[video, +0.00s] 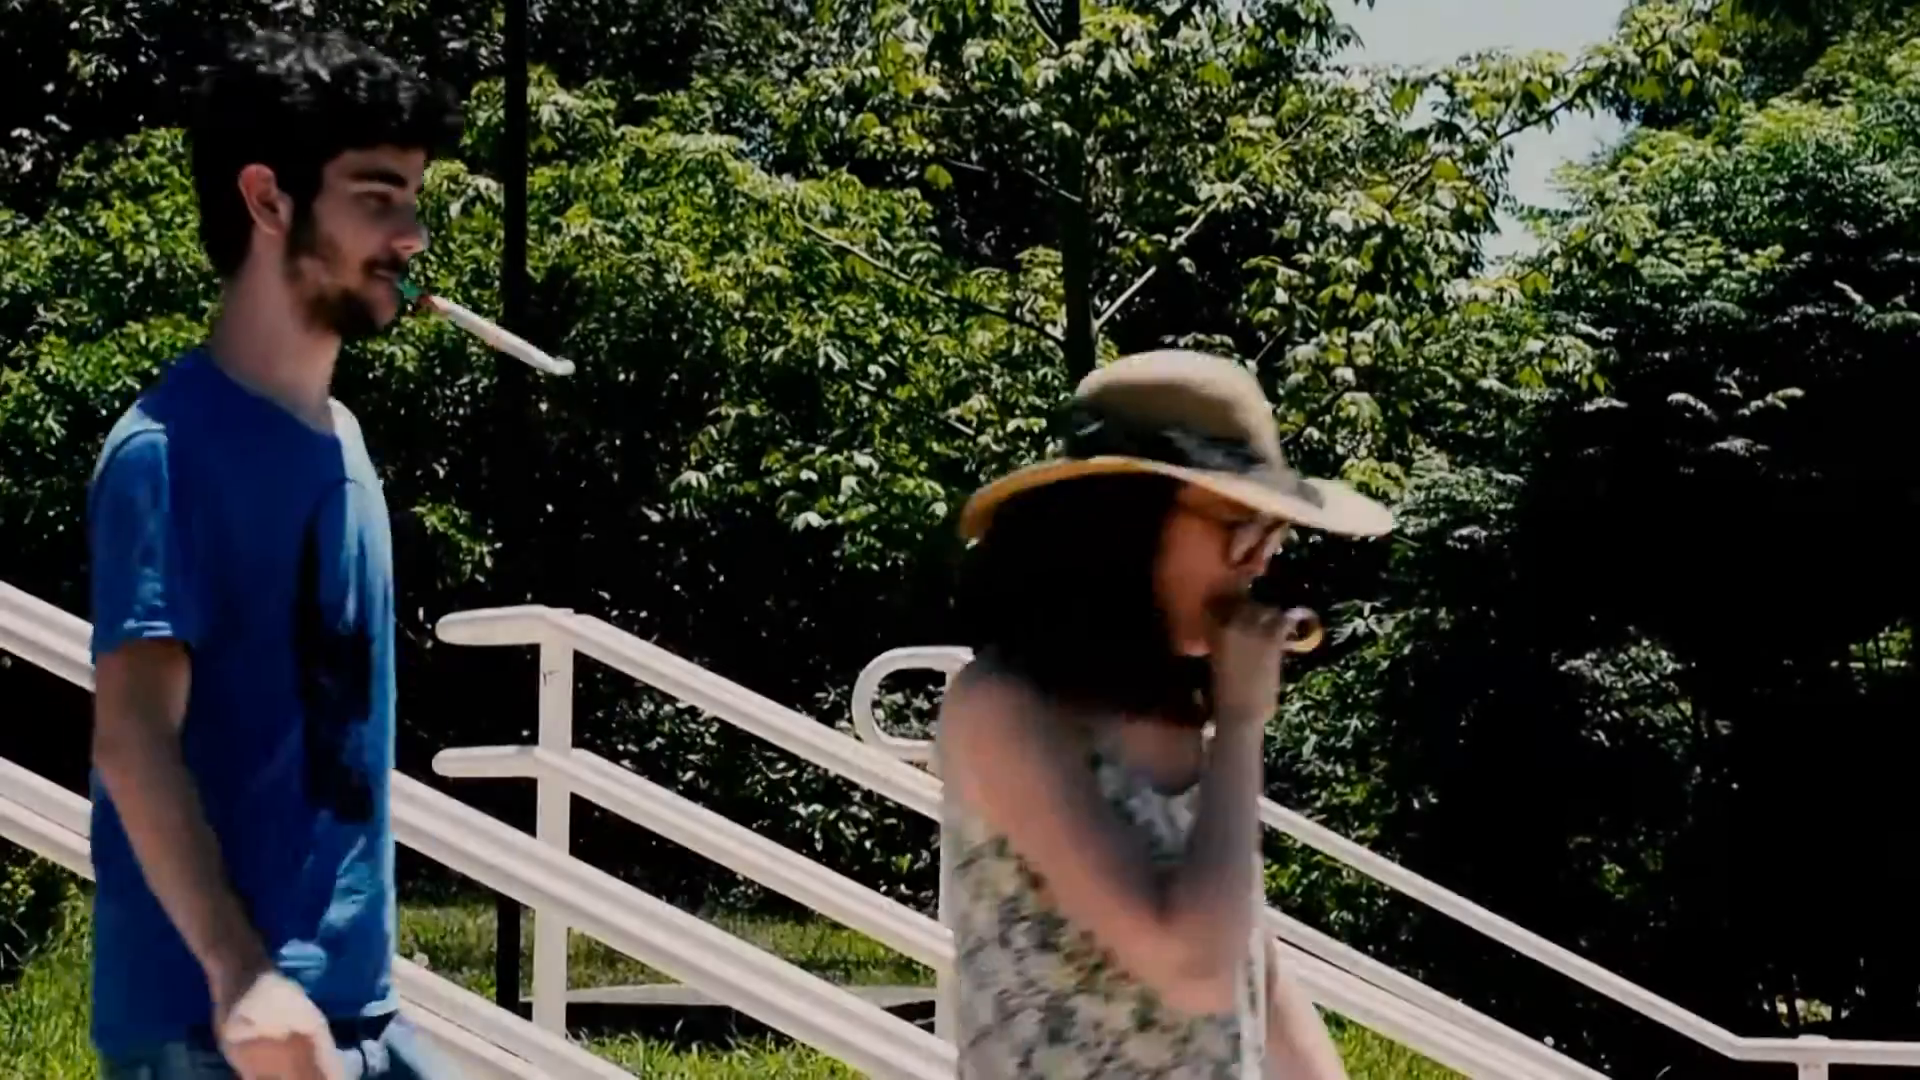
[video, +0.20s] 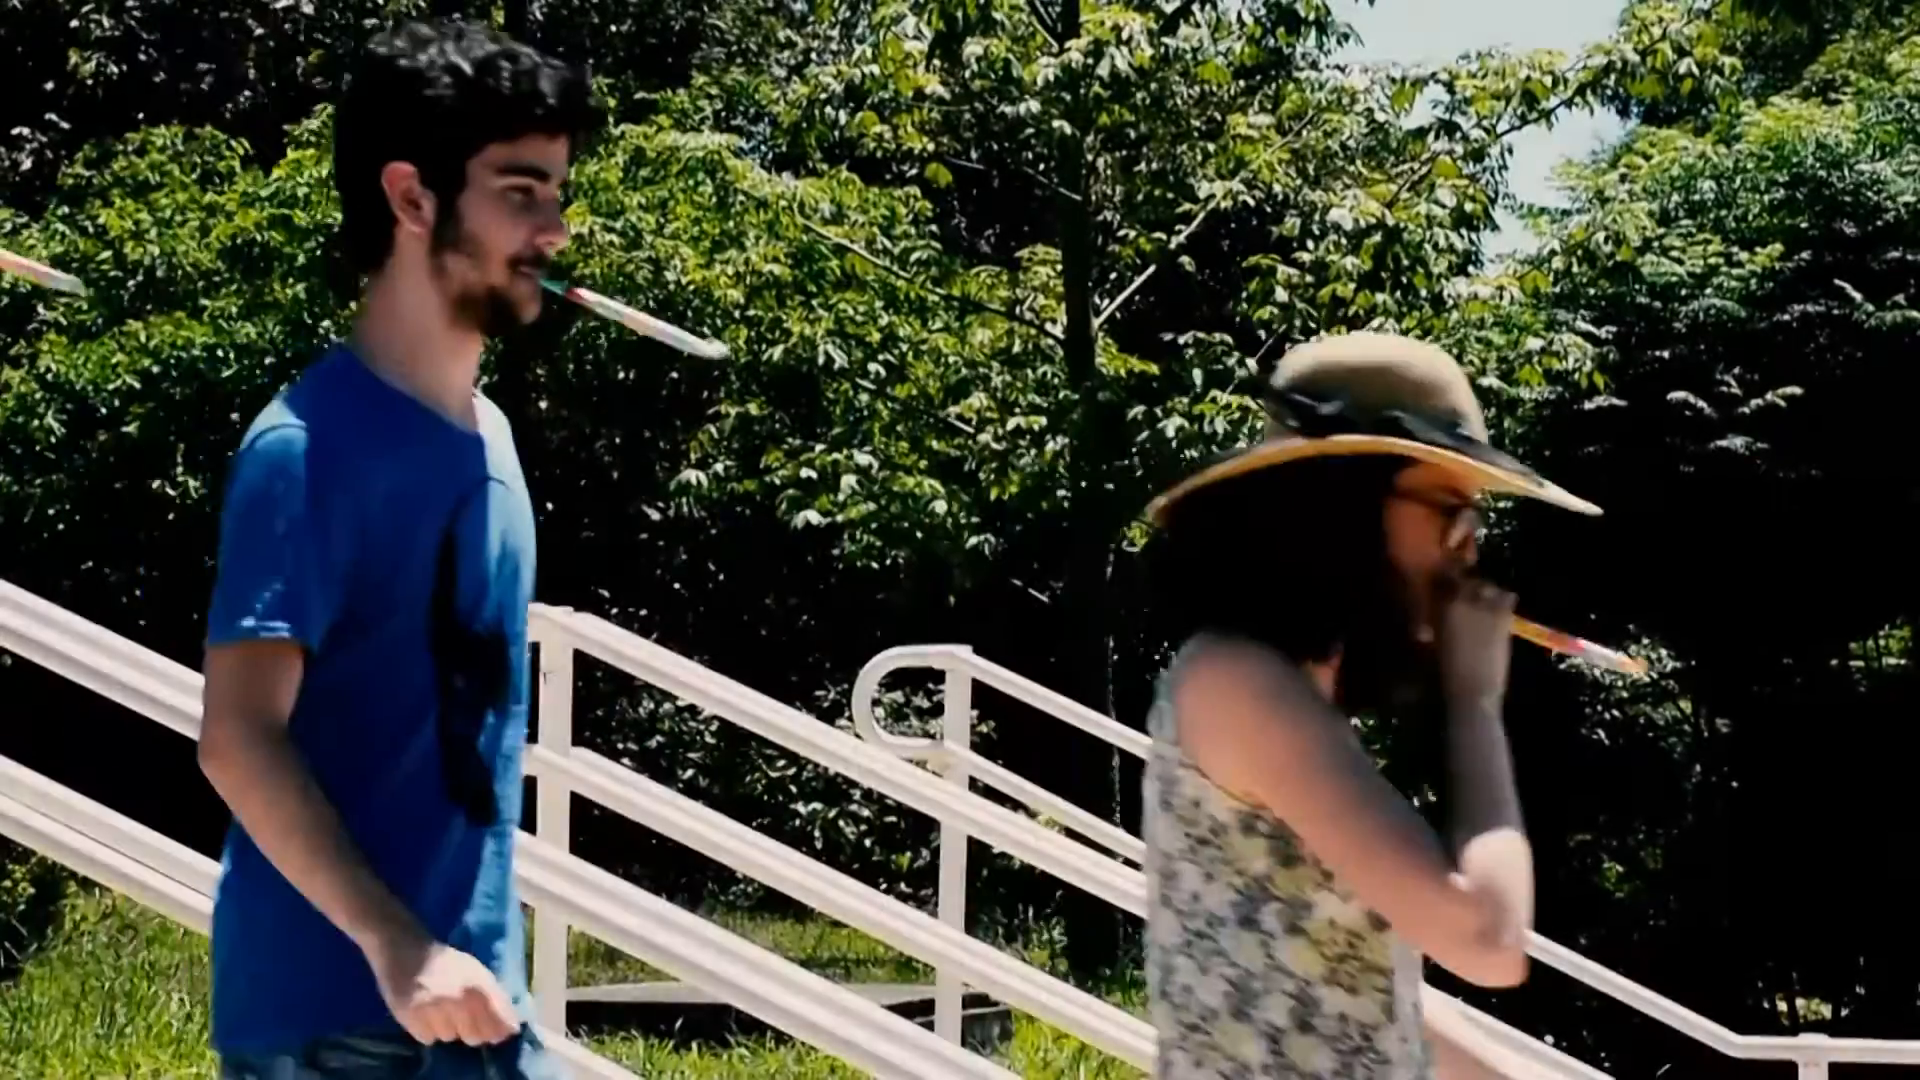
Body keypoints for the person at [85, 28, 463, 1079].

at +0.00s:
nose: (411, 240)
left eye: (414, 207)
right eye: (379, 200)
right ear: (269, 199)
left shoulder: (338, 439)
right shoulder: (163, 452)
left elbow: (309, 721)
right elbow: (131, 738)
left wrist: (357, 965)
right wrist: (242, 978)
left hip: (357, 1007)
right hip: (210, 1031)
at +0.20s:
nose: (555, 233)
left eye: (558, 198)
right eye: (520, 193)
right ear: (409, 196)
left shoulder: (482, 428)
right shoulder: (303, 450)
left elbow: (447, 706)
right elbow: (238, 734)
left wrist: (486, 954)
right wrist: (401, 945)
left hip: (478, 988)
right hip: (326, 1010)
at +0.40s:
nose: (696, 371)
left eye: (697, 333)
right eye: (660, 328)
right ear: (549, 336)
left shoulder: (644, 573)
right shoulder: (447, 595)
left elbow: (634, 854)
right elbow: (366, 881)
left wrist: (668, 1052)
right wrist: (452, 1069)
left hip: (649, 1051)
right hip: (527, 1054)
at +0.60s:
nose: (842, 359)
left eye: (842, 324)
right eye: (808, 317)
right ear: (699, 323)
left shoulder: (782, 561)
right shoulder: (593, 583)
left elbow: (794, 827)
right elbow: (493, 869)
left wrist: (920, 1007)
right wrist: (545, 1071)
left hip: (787, 1050)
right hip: (657, 1053)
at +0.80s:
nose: (1020, 427)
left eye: (1018, 388)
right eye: (983, 386)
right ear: (875, 393)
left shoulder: (933, 627)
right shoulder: (773, 652)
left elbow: (949, 892)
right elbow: (656, 940)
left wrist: (1114, 1003)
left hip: (953, 1059)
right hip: (828, 1061)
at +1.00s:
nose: (1256, 532)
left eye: (1252, 497)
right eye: (1221, 493)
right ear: (1110, 500)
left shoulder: (1175, 730)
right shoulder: (1002, 782)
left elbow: (1180, 1019)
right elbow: (921, 1066)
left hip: (1198, 1062)